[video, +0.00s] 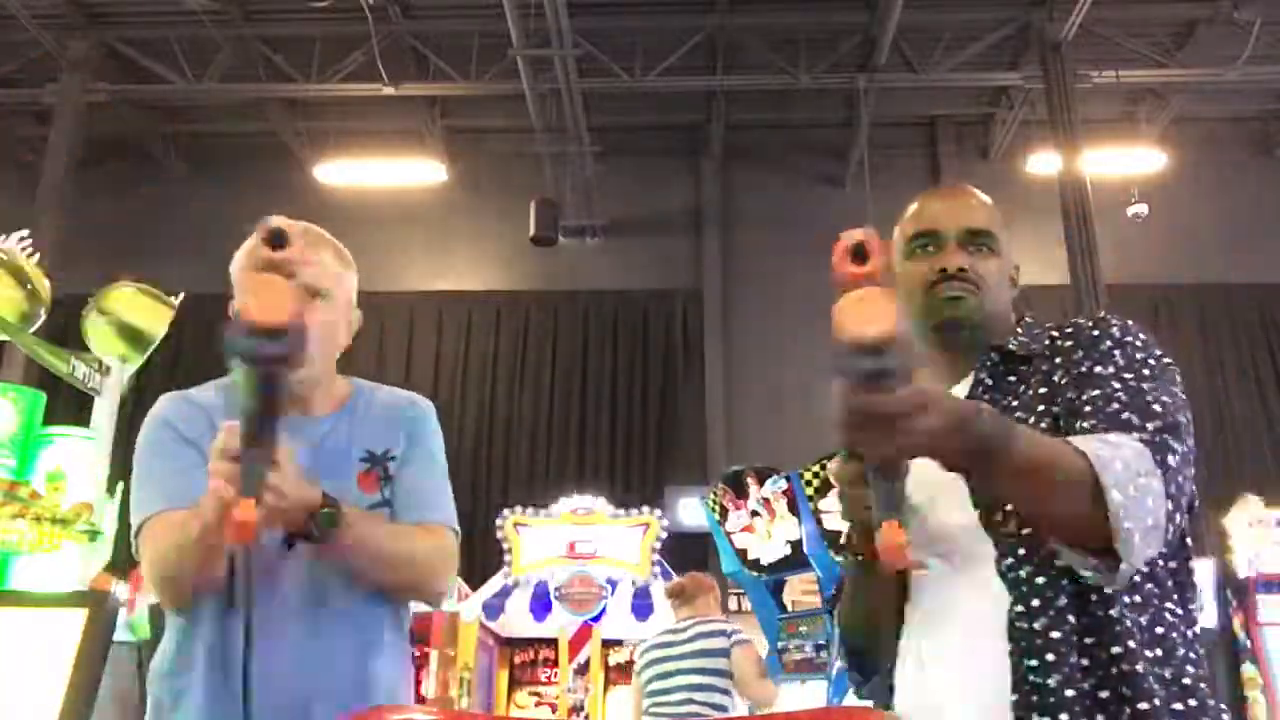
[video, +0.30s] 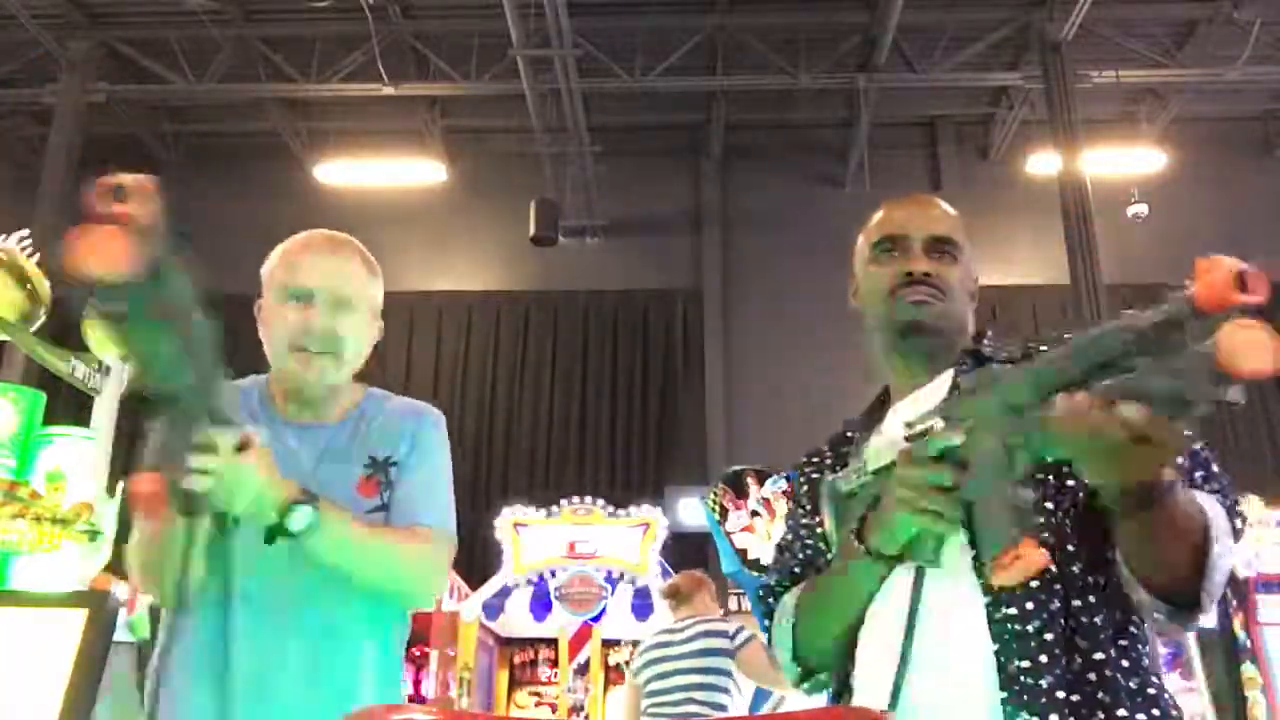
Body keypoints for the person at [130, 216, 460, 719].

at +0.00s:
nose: (290, 315)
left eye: (315, 297)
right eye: (272, 295)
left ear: (353, 323)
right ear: (238, 314)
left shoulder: (404, 421)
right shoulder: (180, 419)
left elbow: (435, 571)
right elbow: (171, 585)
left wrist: (316, 512)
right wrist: (217, 508)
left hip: (356, 710)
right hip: (206, 709)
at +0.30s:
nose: (319, 325)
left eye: (343, 306)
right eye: (299, 300)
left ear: (375, 331)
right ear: (261, 317)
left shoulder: (412, 430)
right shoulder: (204, 414)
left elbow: (423, 576)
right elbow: (158, 582)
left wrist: (283, 505)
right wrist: (173, 511)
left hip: (344, 709)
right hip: (199, 707)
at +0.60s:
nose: (326, 329)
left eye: (350, 311)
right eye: (304, 306)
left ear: (381, 337)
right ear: (268, 321)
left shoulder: (414, 434)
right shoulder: (201, 418)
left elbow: (445, 579)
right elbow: (195, 576)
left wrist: (331, 522)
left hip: (362, 709)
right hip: (208, 709)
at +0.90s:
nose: (282, 322)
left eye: (309, 302)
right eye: (263, 298)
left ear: (352, 322)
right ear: (235, 312)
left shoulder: (392, 422)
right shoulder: (188, 412)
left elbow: (340, 562)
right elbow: (129, 596)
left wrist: (222, 510)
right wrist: (149, 492)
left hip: (333, 710)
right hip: (190, 707)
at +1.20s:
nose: (293, 350)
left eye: (318, 326)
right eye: (274, 327)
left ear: (365, 335)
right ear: (252, 335)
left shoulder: (423, 441)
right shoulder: (215, 425)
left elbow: (454, 598)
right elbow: (149, 560)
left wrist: (403, 607)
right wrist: (177, 460)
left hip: (359, 714)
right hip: (209, 709)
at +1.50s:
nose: (270, 322)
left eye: (295, 299)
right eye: (248, 299)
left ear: (343, 314)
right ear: (222, 312)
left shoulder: (397, 429)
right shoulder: (178, 413)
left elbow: (417, 595)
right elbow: (116, 560)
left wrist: (353, 630)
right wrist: (134, 457)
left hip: (328, 708)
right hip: (172, 703)